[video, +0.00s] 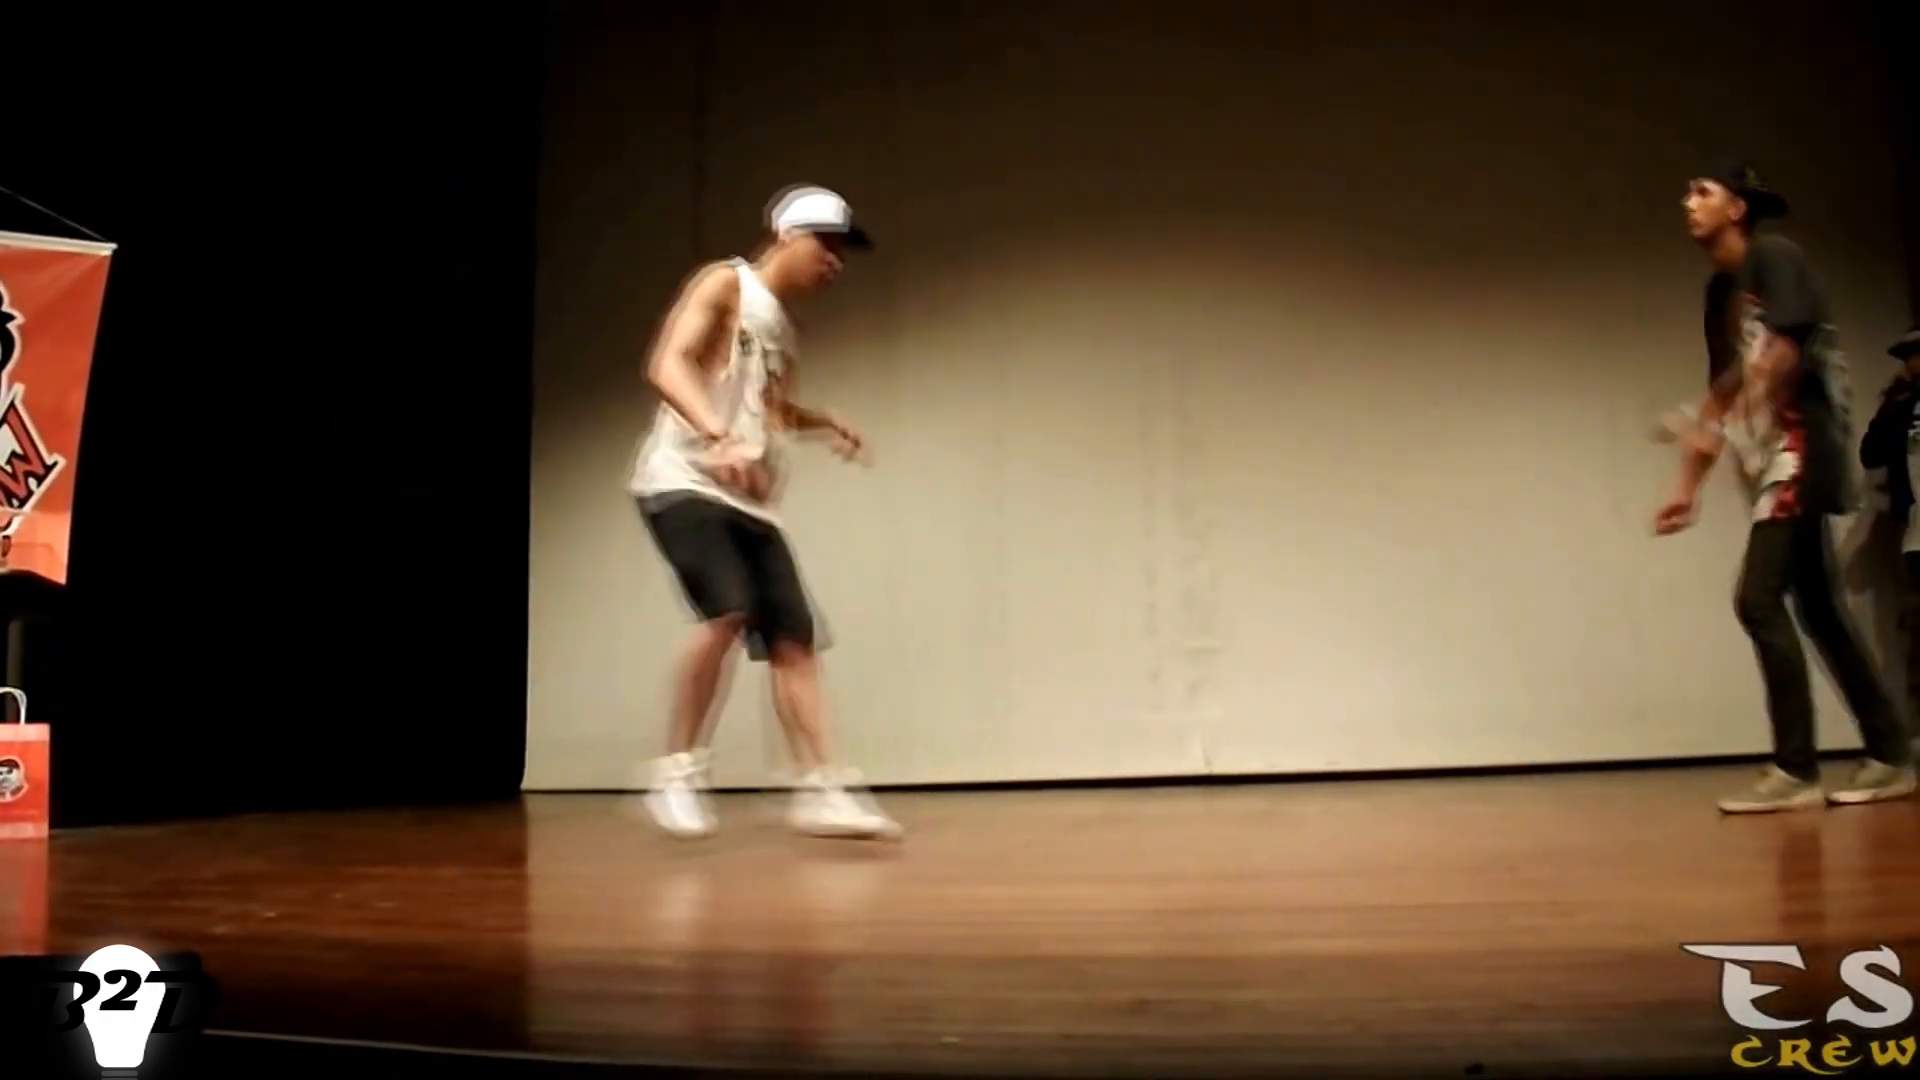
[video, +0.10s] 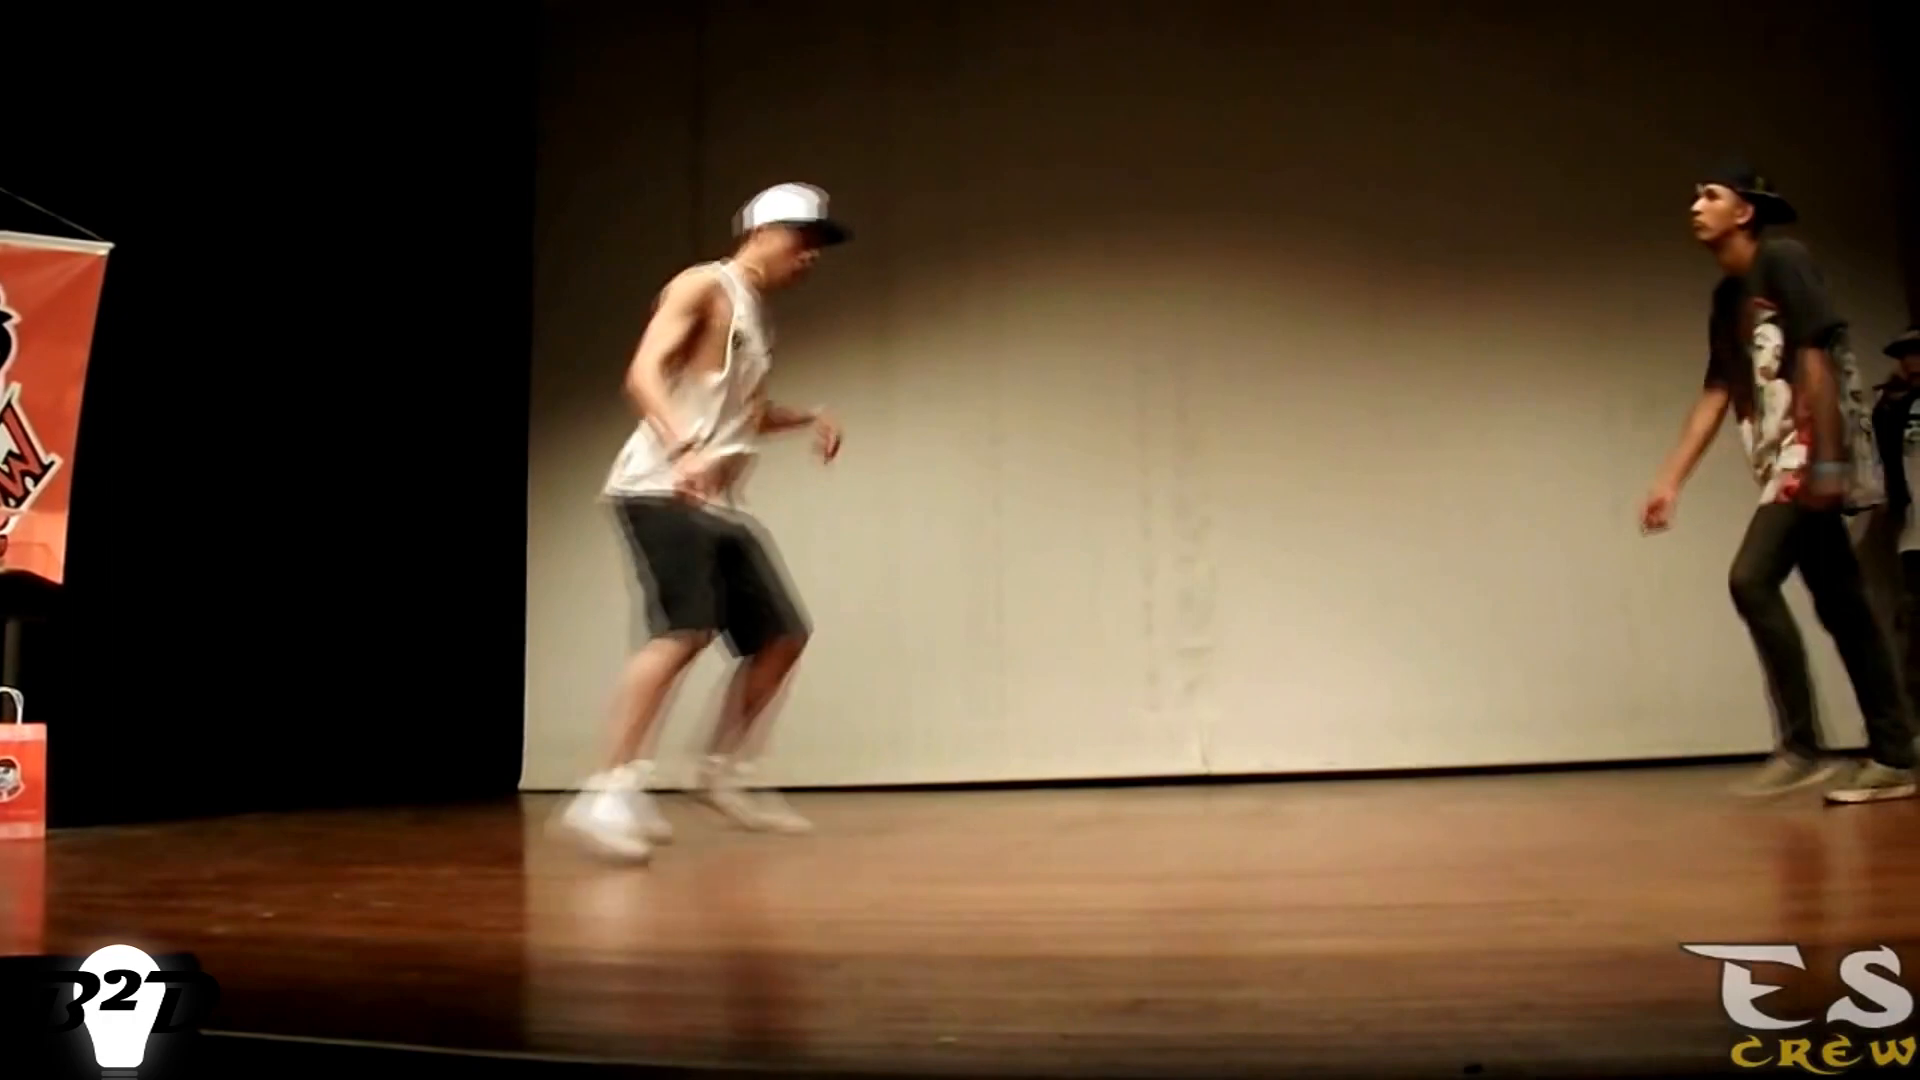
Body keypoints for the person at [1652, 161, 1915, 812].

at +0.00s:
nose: (1688, 204)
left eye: (1701, 195)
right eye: (1689, 195)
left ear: (1737, 208)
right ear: (1717, 213)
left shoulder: (1774, 257)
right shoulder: (1721, 289)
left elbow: (1785, 350)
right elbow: (1719, 394)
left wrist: (1731, 413)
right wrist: (1687, 488)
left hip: (1804, 453)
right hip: (1773, 459)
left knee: (1759, 600)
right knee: (1817, 605)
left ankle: (1795, 770)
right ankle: (1893, 753)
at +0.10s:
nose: (1695, 206)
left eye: (1709, 197)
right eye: (1696, 198)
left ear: (1744, 211)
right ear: (1717, 217)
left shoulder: (1783, 262)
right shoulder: (1728, 292)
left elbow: (1815, 361)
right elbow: (1717, 392)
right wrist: (1668, 481)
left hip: (1811, 462)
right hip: (1787, 467)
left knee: (1751, 583)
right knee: (1845, 605)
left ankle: (1802, 747)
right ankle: (1897, 753)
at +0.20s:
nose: (1699, 199)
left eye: (1712, 188)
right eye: (1701, 189)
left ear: (1748, 203)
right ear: (1725, 208)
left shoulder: (1784, 256)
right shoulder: (1730, 278)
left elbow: (1846, 347)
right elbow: (1726, 371)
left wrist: (1891, 437)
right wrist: (1672, 447)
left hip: (1813, 449)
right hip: (1787, 455)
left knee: (1759, 579)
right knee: (1845, 601)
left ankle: (1844, 734)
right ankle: (1891, 746)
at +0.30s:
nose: (1701, 195)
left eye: (1715, 185)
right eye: (1703, 186)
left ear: (1750, 200)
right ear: (1727, 204)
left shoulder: (1787, 252)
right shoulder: (1731, 280)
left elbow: (1858, 332)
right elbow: (1732, 373)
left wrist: (1913, 389)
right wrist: (1673, 435)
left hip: (1813, 459)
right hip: (1784, 466)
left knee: (1789, 595)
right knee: (1832, 599)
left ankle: (1893, 740)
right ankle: (1876, 750)